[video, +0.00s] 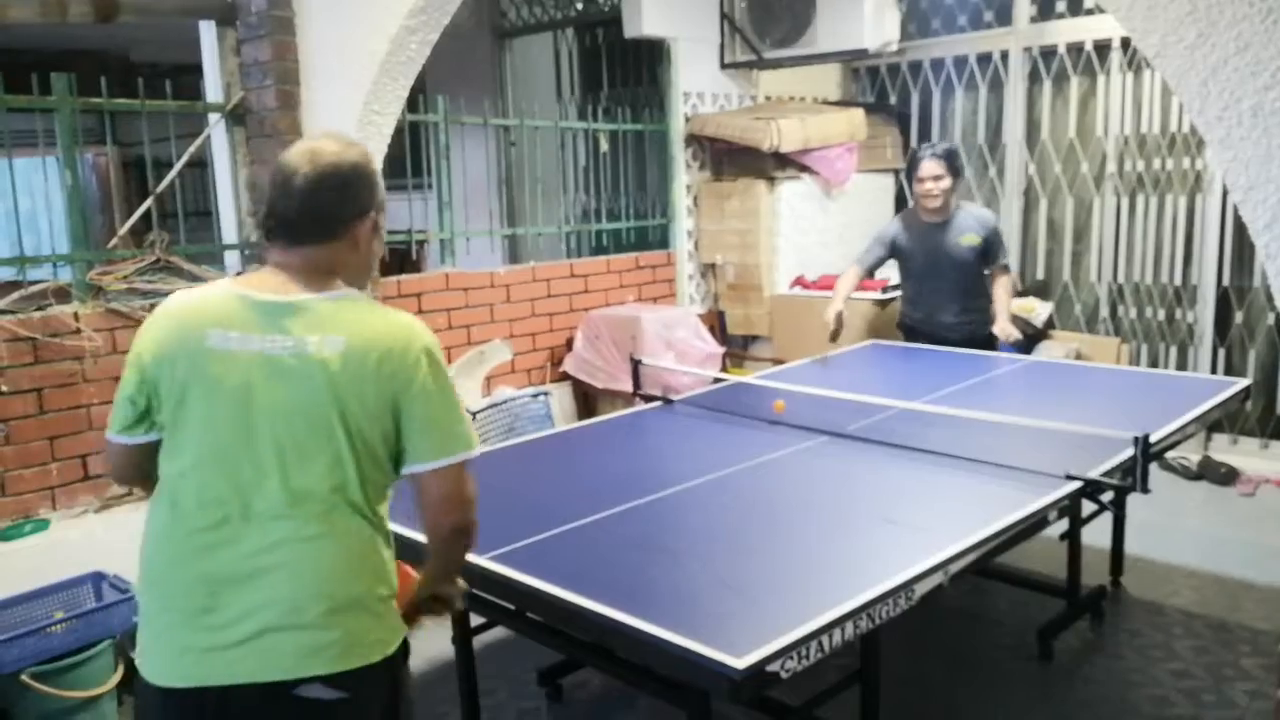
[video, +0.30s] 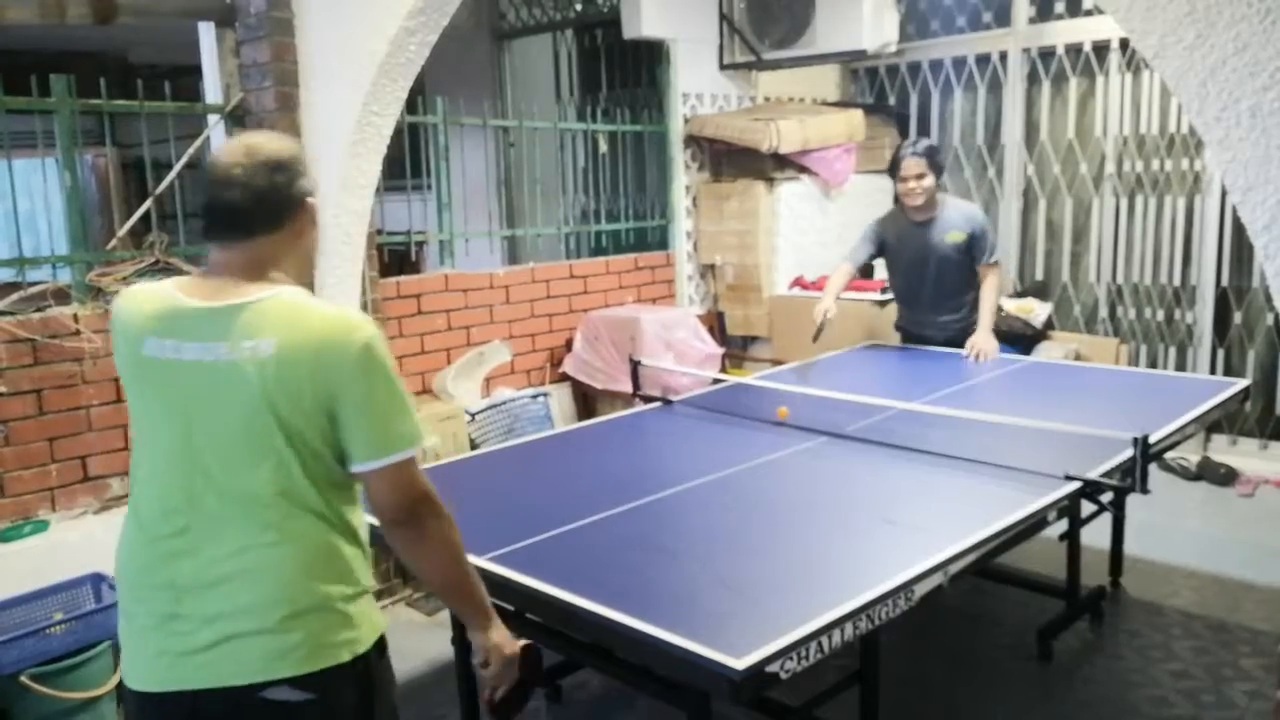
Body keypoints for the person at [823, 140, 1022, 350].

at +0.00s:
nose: (930, 187)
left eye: (938, 179)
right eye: (921, 180)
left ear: (954, 180)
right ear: (911, 184)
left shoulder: (981, 223)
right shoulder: (899, 228)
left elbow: (1000, 272)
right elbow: (859, 268)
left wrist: (1002, 319)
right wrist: (836, 303)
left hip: (973, 344)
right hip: (920, 343)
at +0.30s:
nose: (912, 187)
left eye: (920, 177)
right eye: (903, 180)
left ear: (937, 177)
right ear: (894, 182)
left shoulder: (970, 218)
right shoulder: (886, 227)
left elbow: (990, 273)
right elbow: (850, 264)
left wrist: (984, 331)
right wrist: (828, 297)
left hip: (964, 341)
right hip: (914, 341)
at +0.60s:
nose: (926, 203)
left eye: (936, 194)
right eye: (918, 195)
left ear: (956, 192)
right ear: (909, 194)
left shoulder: (983, 231)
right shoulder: (899, 230)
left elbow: (993, 293)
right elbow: (859, 264)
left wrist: (978, 349)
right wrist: (829, 297)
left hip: (971, 345)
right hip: (923, 344)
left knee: (970, 424)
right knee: (922, 422)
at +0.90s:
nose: (948, 239)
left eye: (959, 231)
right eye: (941, 229)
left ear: (978, 227)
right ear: (932, 223)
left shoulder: (1003, 251)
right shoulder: (915, 250)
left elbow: (1006, 319)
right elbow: (873, 283)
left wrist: (975, 366)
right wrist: (834, 314)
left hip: (986, 348)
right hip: (936, 348)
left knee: (981, 426)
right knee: (930, 421)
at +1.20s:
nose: (953, 284)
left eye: (965, 276)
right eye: (946, 274)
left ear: (982, 269)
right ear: (935, 266)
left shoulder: (1004, 277)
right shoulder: (922, 292)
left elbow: (1019, 332)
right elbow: (877, 325)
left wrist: (980, 366)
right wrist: (830, 344)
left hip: (995, 374)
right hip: (938, 373)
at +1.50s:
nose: (960, 289)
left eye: (971, 282)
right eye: (951, 279)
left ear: (987, 274)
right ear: (939, 271)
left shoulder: (1006, 278)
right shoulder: (922, 292)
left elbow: (1019, 333)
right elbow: (885, 326)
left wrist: (979, 366)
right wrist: (844, 351)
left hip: (997, 374)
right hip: (939, 373)